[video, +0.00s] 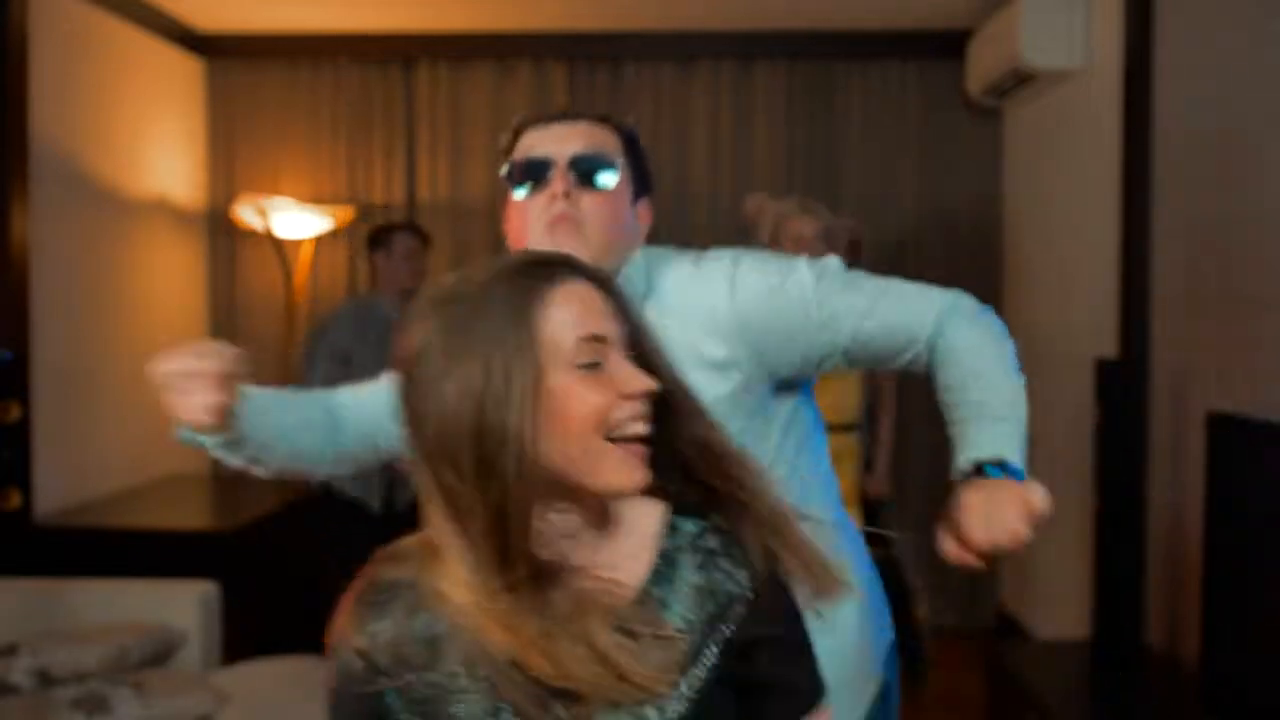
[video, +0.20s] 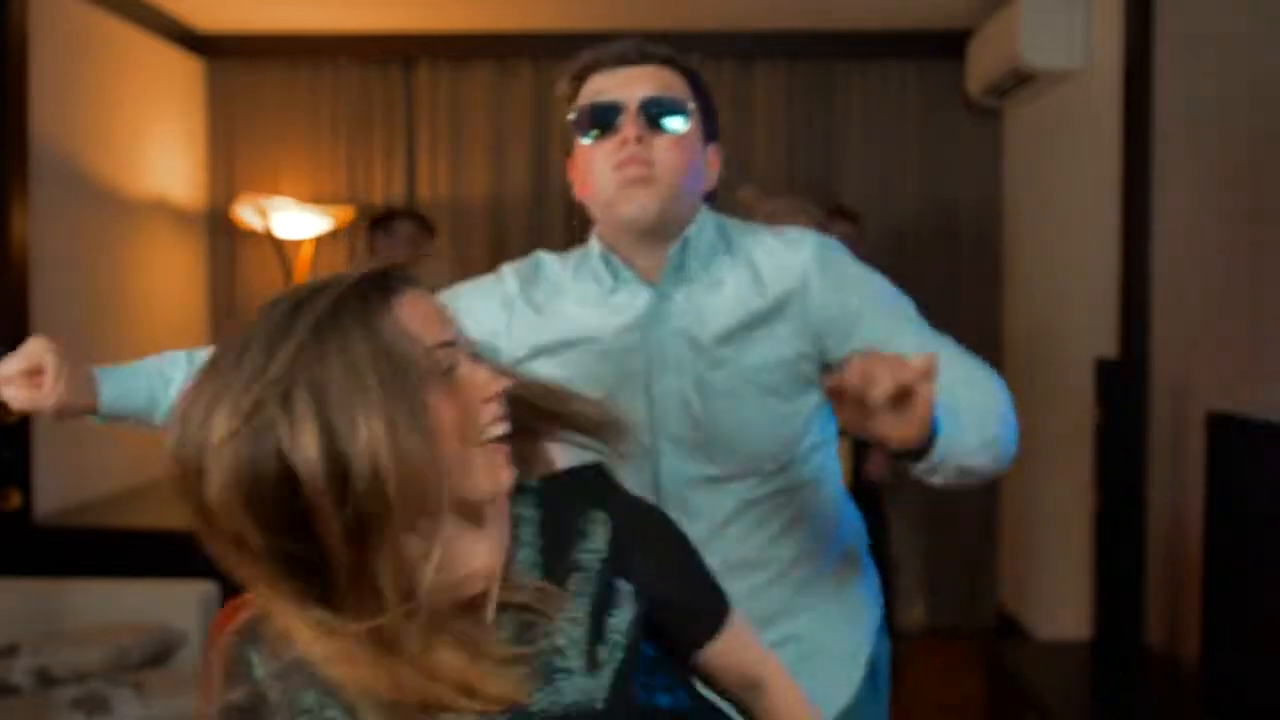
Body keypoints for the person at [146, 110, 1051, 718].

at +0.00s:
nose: (556, 196)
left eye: (588, 177)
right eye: (530, 180)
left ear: (641, 211)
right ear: (500, 215)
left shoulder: (717, 291)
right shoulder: (486, 340)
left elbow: (955, 321)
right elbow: (359, 422)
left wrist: (991, 465)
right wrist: (234, 413)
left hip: (806, 661)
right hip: (599, 668)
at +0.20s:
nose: (632, 136)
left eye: (662, 116)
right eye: (602, 121)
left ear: (712, 156)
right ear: (573, 170)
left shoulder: (805, 276)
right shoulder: (513, 304)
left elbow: (990, 422)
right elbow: (308, 377)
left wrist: (928, 414)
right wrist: (91, 385)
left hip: (816, 669)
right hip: (600, 676)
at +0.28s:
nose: (664, 136)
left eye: (693, 115)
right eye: (632, 123)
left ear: (743, 160)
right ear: (600, 170)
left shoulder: (826, 294)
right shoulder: (534, 302)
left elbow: (986, 512)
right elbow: (329, 375)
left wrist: (900, 439)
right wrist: (105, 392)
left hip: (811, 687)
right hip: (592, 684)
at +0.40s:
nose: (709, 168)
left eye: (739, 148)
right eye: (676, 155)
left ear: (782, 191)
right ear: (648, 208)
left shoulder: (850, 352)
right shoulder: (565, 321)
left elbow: (951, 600)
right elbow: (378, 403)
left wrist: (885, 451)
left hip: (798, 692)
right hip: (621, 688)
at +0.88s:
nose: (711, 161)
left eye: (741, 143)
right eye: (681, 146)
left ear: (782, 184)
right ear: (650, 191)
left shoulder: (842, 325)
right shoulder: (580, 297)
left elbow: (1000, 483)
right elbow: (391, 350)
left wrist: (901, 319)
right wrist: (404, 284)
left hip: (783, 700)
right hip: (611, 693)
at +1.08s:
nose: (664, 131)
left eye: (694, 115)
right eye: (635, 112)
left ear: (725, 159)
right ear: (594, 151)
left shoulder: (809, 255)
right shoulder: (548, 265)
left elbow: (1039, 337)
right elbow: (325, 264)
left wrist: (938, 287)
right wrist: (437, 242)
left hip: (779, 679)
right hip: (603, 673)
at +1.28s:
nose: (630, 180)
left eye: (658, 165)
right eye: (601, 162)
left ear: (691, 210)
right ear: (563, 206)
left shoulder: (751, 285)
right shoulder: (530, 324)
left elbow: (964, 241)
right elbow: (336, 301)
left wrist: (986, 364)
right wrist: (481, 301)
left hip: (779, 688)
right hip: (617, 687)